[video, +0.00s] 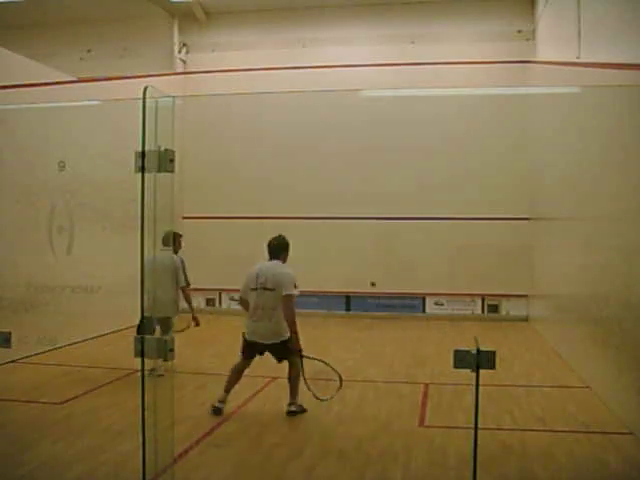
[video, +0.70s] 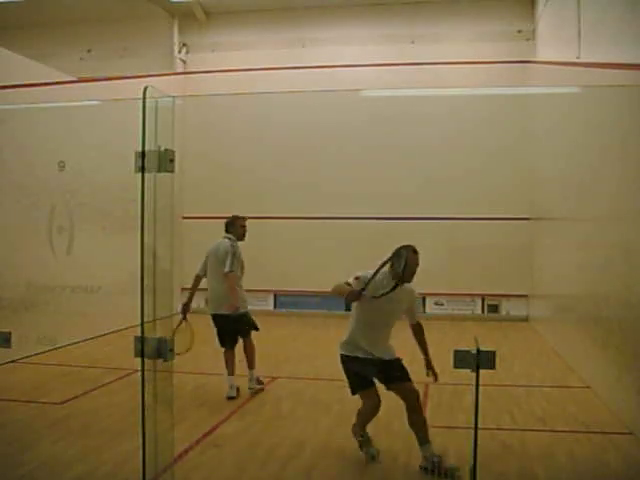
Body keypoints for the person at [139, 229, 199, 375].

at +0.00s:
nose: (181, 246)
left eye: (181, 242)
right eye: (179, 242)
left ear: (164, 243)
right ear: (173, 243)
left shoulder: (149, 259)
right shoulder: (176, 260)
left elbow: (142, 283)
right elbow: (184, 288)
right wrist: (193, 313)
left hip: (148, 307)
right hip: (166, 308)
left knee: (147, 336)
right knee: (165, 333)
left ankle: (152, 365)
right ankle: (159, 364)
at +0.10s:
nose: (192, 244)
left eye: (192, 240)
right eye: (190, 240)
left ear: (175, 240)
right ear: (183, 241)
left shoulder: (159, 255)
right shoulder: (184, 258)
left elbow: (149, 280)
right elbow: (191, 286)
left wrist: (146, 304)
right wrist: (204, 310)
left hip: (158, 304)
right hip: (176, 305)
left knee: (154, 335)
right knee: (178, 330)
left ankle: (156, 364)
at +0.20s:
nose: (204, 241)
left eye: (204, 237)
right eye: (202, 237)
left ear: (187, 236)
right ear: (193, 236)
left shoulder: (169, 252)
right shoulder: (194, 254)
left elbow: (155, 277)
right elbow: (201, 280)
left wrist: (141, 296)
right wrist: (209, 302)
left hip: (168, 302)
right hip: (187, 303)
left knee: (160, 333)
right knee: (195, 331)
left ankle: (157, 365)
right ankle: (200, 362)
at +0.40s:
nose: (225, 237)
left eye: (225, 233)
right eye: (223, 233)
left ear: (207, 233)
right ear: (214, 233)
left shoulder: (191, 249)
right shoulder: (215, 251)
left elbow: (172, 269)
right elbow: (217, 279)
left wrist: (149, 286)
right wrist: (223, 305)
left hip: (191, 304)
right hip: (211, 305)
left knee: (183, 333)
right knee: (215, 338)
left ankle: (175, 366)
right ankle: (213, 373)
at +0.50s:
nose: (232, 229)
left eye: (232, 225)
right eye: (229, 225)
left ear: (214, 226)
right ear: (221, 226)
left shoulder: (198, 244)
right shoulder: (221, 244)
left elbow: (180, 267)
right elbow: (218, 270)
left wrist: (164, 285)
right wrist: (220, 295)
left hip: (201, 301)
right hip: (220, 301)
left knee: (201, 334)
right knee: (221, 334)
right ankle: (217, 370)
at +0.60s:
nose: (238, 227)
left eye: (238, 223)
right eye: (236, 223)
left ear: (220, 225)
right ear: (226, 224)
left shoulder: (206, 243)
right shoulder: (226, 242)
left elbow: (190, 268)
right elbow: (222, 269)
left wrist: (176, 291)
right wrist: (224, 294)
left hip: (207, 300)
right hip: (227, 300)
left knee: (219, 337)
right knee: (233, 332)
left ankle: (224, 373)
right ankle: (233, 368)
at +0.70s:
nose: (245, 231)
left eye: (245, 227)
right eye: (242, 227)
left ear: (229, 229)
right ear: (232, 228)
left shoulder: (214, 248)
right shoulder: (232, 247)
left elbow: (199, 276)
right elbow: (230, 275)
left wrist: (188, 301)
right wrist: (235, 301)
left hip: (217, 309)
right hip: (235, 308)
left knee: (228, 346)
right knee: (247, 338)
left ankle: (231, 386)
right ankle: (252, 379)